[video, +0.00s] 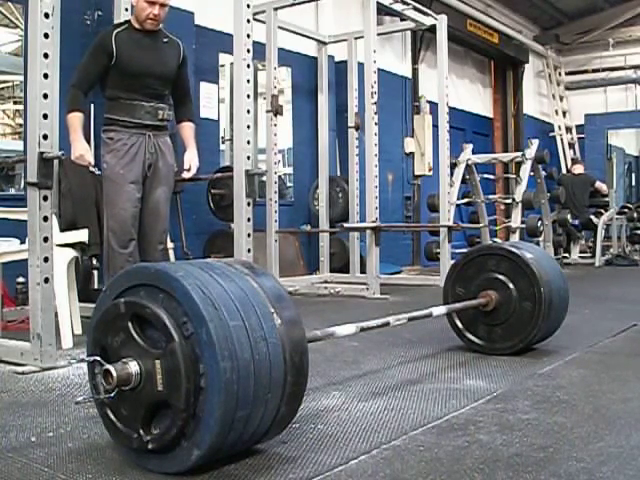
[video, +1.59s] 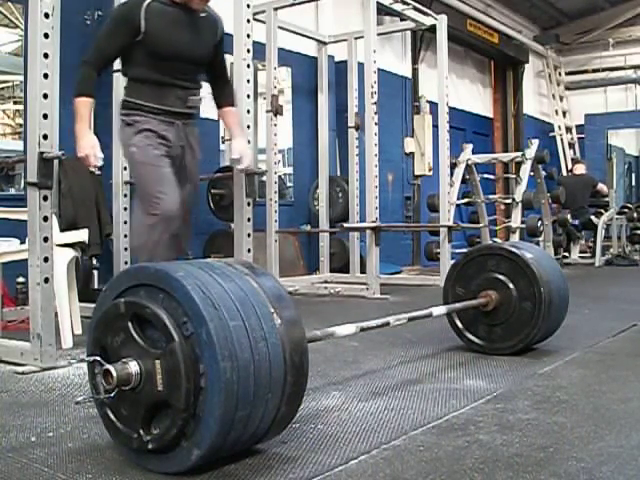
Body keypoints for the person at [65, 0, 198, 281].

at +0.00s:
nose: (156, 11)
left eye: (162, 6)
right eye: (149, 4)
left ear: (167, 9)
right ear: (134, 3)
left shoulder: (175, 48)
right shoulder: (112, 39)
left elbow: (183, 103)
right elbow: (77, 91)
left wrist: (191, 148)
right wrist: (77, 141)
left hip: (162, 143)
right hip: (122, 141)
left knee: (157, 232)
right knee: (122, 230)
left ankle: (159, 305)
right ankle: (121, 306)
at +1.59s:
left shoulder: (211, 23)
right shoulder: (136, 11)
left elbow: (220, 80)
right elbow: (90, 67)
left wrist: (238, 136)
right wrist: (83, 133)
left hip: (186, 128)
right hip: (143, 123)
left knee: (181, 217)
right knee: (166, 207)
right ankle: (144, 294)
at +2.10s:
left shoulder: (283, 4)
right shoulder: (206, 2)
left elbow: (279, 53)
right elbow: (160, 44)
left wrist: (290, 115)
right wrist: (178, 112)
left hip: (277, 115)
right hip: (225, 112)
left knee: (323, 207)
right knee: (234, 231)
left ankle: (333, 328)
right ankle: (235, 348)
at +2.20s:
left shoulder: (300, 4)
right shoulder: (224, 2)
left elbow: (294, 59)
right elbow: (173, 44)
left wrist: (305, 123)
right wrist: (192, 112)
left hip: (292, 118)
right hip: (241, 114)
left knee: (338, 228)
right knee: (248, 235)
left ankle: (394, 347)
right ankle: (233, 360)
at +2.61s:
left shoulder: (343, 4)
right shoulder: (255, 1)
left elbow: (347, 59)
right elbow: (209, 46)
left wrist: (367, 126)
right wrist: (230, 117)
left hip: (318, 120)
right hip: (263, 114)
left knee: (360, 223)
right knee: (256, 250)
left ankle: (383, 354)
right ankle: (241, 373)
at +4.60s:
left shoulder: (436, 5)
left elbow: (454, 53)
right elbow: (306, 9)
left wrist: (492, 108)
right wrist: (337, 82)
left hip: (386, 94)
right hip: (335, 85)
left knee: (398, 221)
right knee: (352, 222)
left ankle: (391, 350)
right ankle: (350, 363)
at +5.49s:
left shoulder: (437, 2)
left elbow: (457, 35)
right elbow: (328, 3)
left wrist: (510, 91)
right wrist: (387, 41)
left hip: (403, 90)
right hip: (352, 82)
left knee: (403, 226)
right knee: (358, 225)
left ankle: (393, 353)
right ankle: (355, 364)